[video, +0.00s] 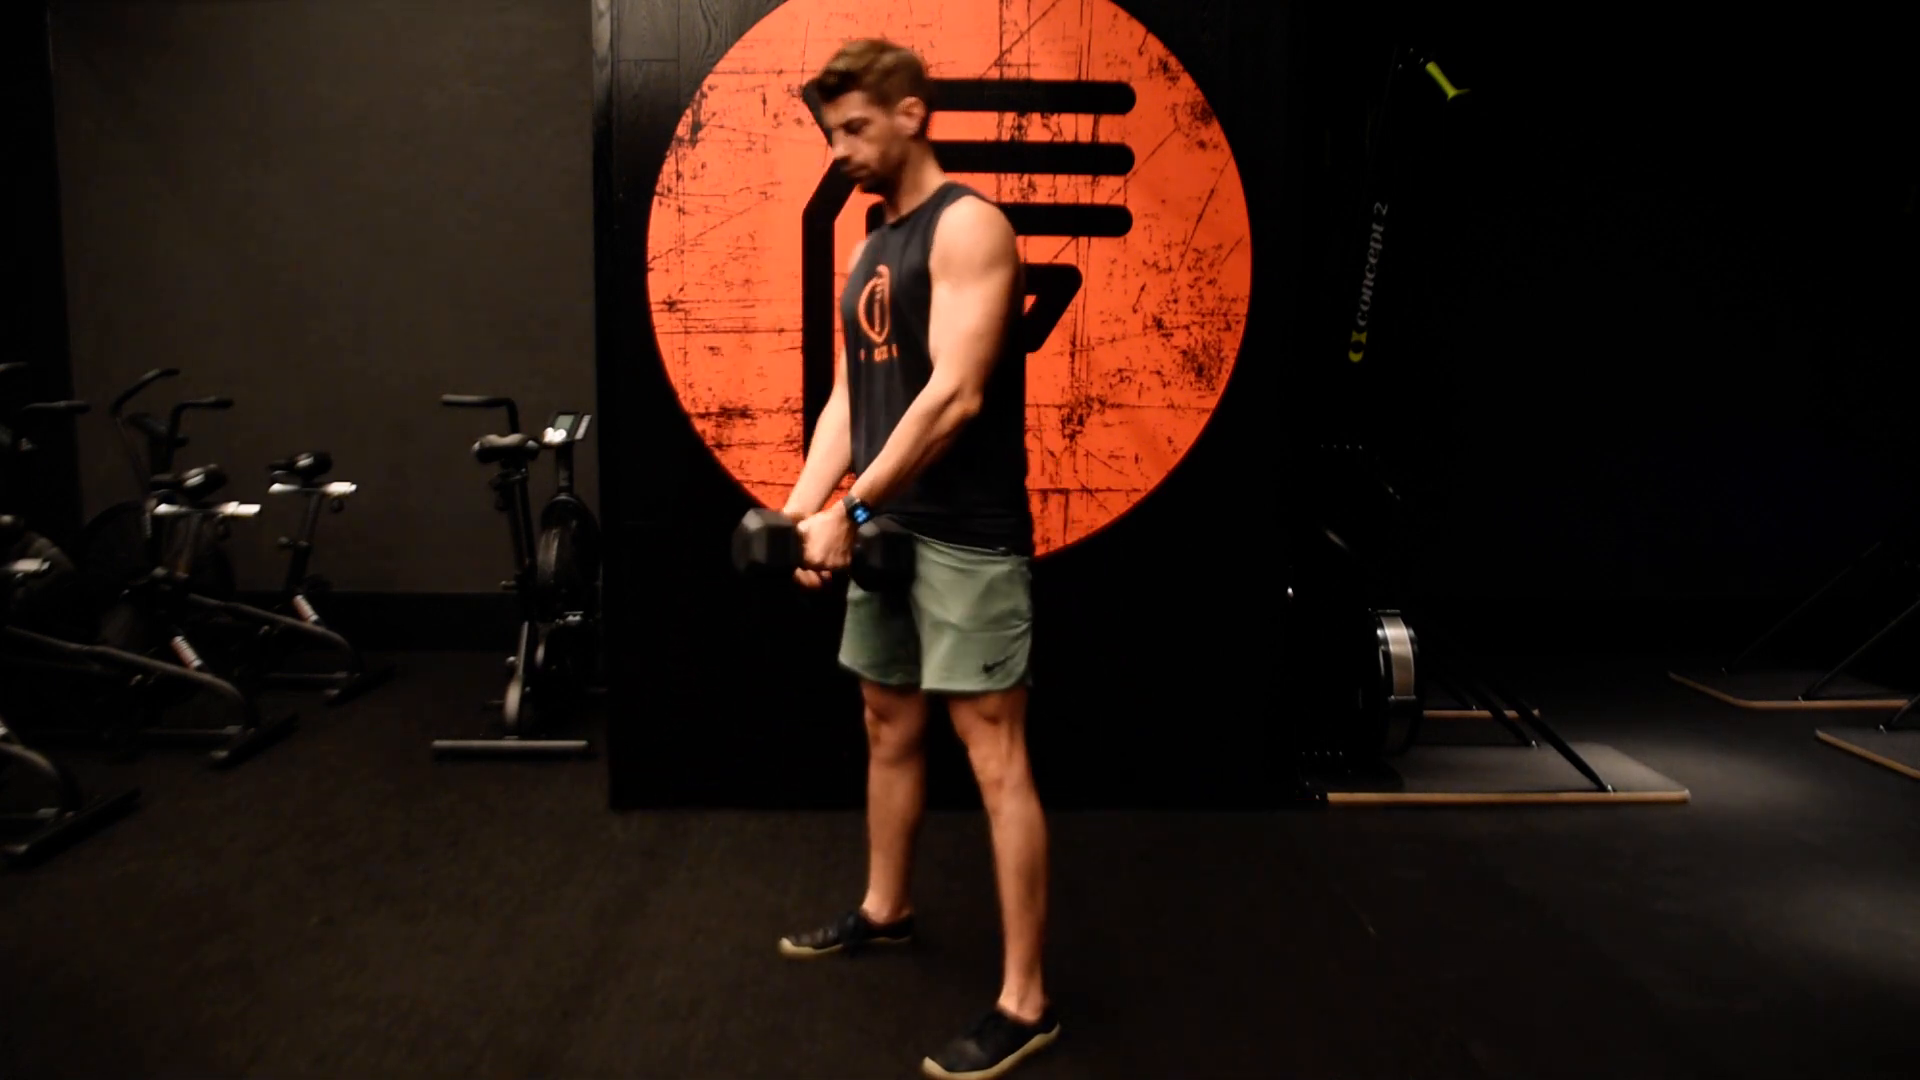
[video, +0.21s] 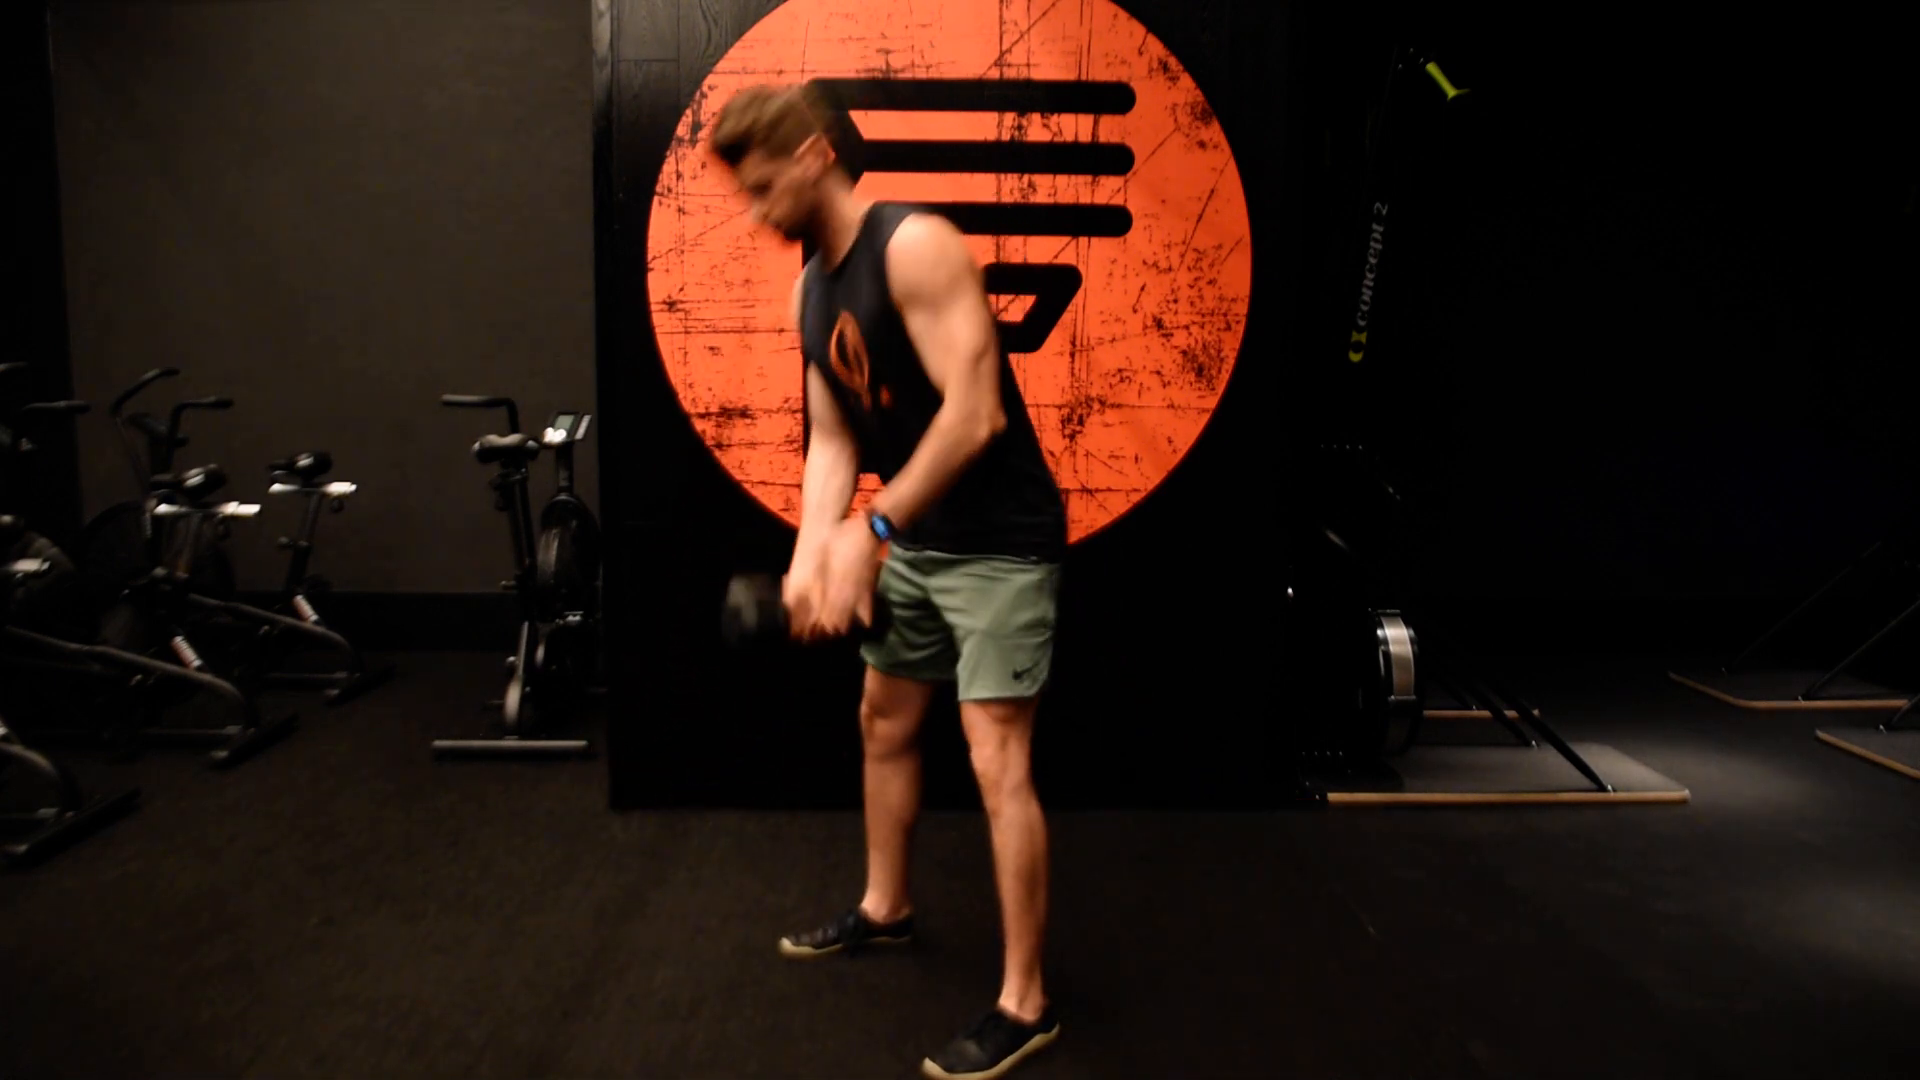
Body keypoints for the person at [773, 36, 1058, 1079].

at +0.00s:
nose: (841, 150)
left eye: (852, 129)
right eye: (833, 134)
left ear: (911, 114)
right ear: (852, 133)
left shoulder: (972, 225)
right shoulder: (872, 249)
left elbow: (957, 393)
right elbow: (850, 396)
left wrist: (849, 508)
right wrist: (799, 514)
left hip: (968, 539)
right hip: (887, 533)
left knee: (998, 760)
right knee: (889, 729)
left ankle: (1025, 999)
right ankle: (883, 912)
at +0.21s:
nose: (753, 208)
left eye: (760, 185)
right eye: (745, 192)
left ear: (818, 156)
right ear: (784, 175)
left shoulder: (919, 247)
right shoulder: (812, 290)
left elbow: (975, 410)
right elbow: (830, 439)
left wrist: (874, 527)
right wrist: (812, 549)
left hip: (999, 543)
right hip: (906, 544)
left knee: (997, 753)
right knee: (885, 724)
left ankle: (1025, 998)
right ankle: (884, 909)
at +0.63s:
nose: (681, 641)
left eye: (676, 622)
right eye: (669, 630)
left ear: (702, 570)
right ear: (698, 570)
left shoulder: (837, 582)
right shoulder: (763, 615)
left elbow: (871, 772)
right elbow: (791, 755)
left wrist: (868, 927)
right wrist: (792, 895)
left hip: (1042, 591)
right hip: (946, 609)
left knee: (962, 780)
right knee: (829, 709)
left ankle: (1023, 1005)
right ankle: (879, 903)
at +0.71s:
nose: (684, 695)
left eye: (678, 677)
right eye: (670, 686)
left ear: (698, 628)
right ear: (696, 626)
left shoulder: (827, 630)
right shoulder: (761, 647)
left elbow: (856, 822)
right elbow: (789, 790)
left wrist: (849, 980)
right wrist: (788, 924)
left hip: (1039, 599)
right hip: (949, 617)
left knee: (952, 788)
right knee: (831, 756)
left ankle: (1021, 1004)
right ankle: (884, 904)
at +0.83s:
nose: (694, 739)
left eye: (684, 726)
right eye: (679, 734)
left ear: (696, 684)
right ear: (695, 674)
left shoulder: (813, 681)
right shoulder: (744, 643)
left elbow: (845, 875)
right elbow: (779, 792)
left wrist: (846, 1032)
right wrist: (788, 929)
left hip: (1027, 615)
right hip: (942, 619)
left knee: (931, 804)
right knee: (811, 771)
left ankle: (1018, 1006)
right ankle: (885, 907)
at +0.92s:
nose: (698, 752)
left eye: (685, 743)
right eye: (683, 749)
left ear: (697, 702)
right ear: (692, 680)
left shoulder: (809, 686)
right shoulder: (734, 645)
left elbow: (849, 885)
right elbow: (772, 793)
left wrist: (848, 1036)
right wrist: (788, 932)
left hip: (1020, 594)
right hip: (937, 593)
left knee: (931, 798)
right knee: (815, 764)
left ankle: (1020, 1006)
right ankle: (884, 906)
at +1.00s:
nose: (715, 763)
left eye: (703, 753)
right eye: (699, 762)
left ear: (710, 711)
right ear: (705, 703)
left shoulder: (810, 683)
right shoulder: (735, 642)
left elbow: (850, 879)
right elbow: (774, 794)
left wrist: (844, 1036)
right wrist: (788, 935)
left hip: (1014, 539)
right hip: (925, 540)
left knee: (965, 770)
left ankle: (1027, 1000)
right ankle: (889, 895)